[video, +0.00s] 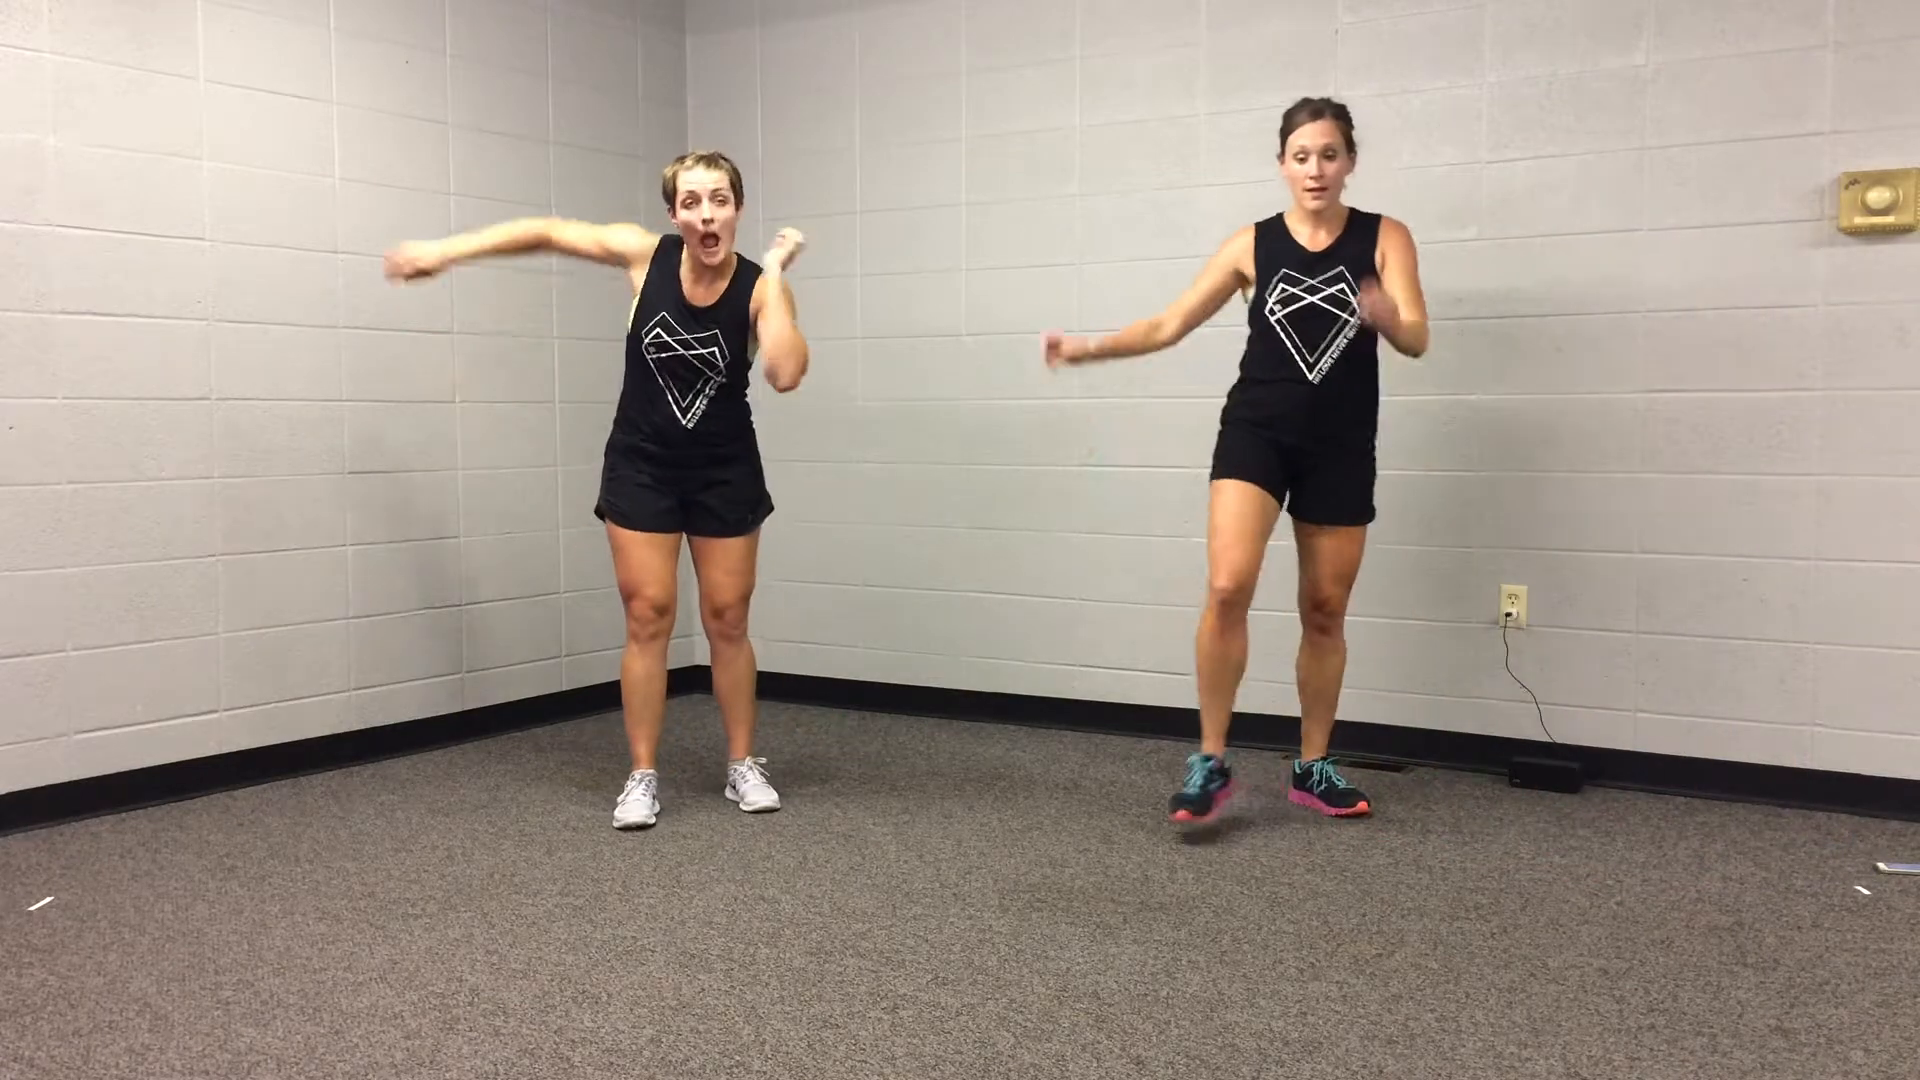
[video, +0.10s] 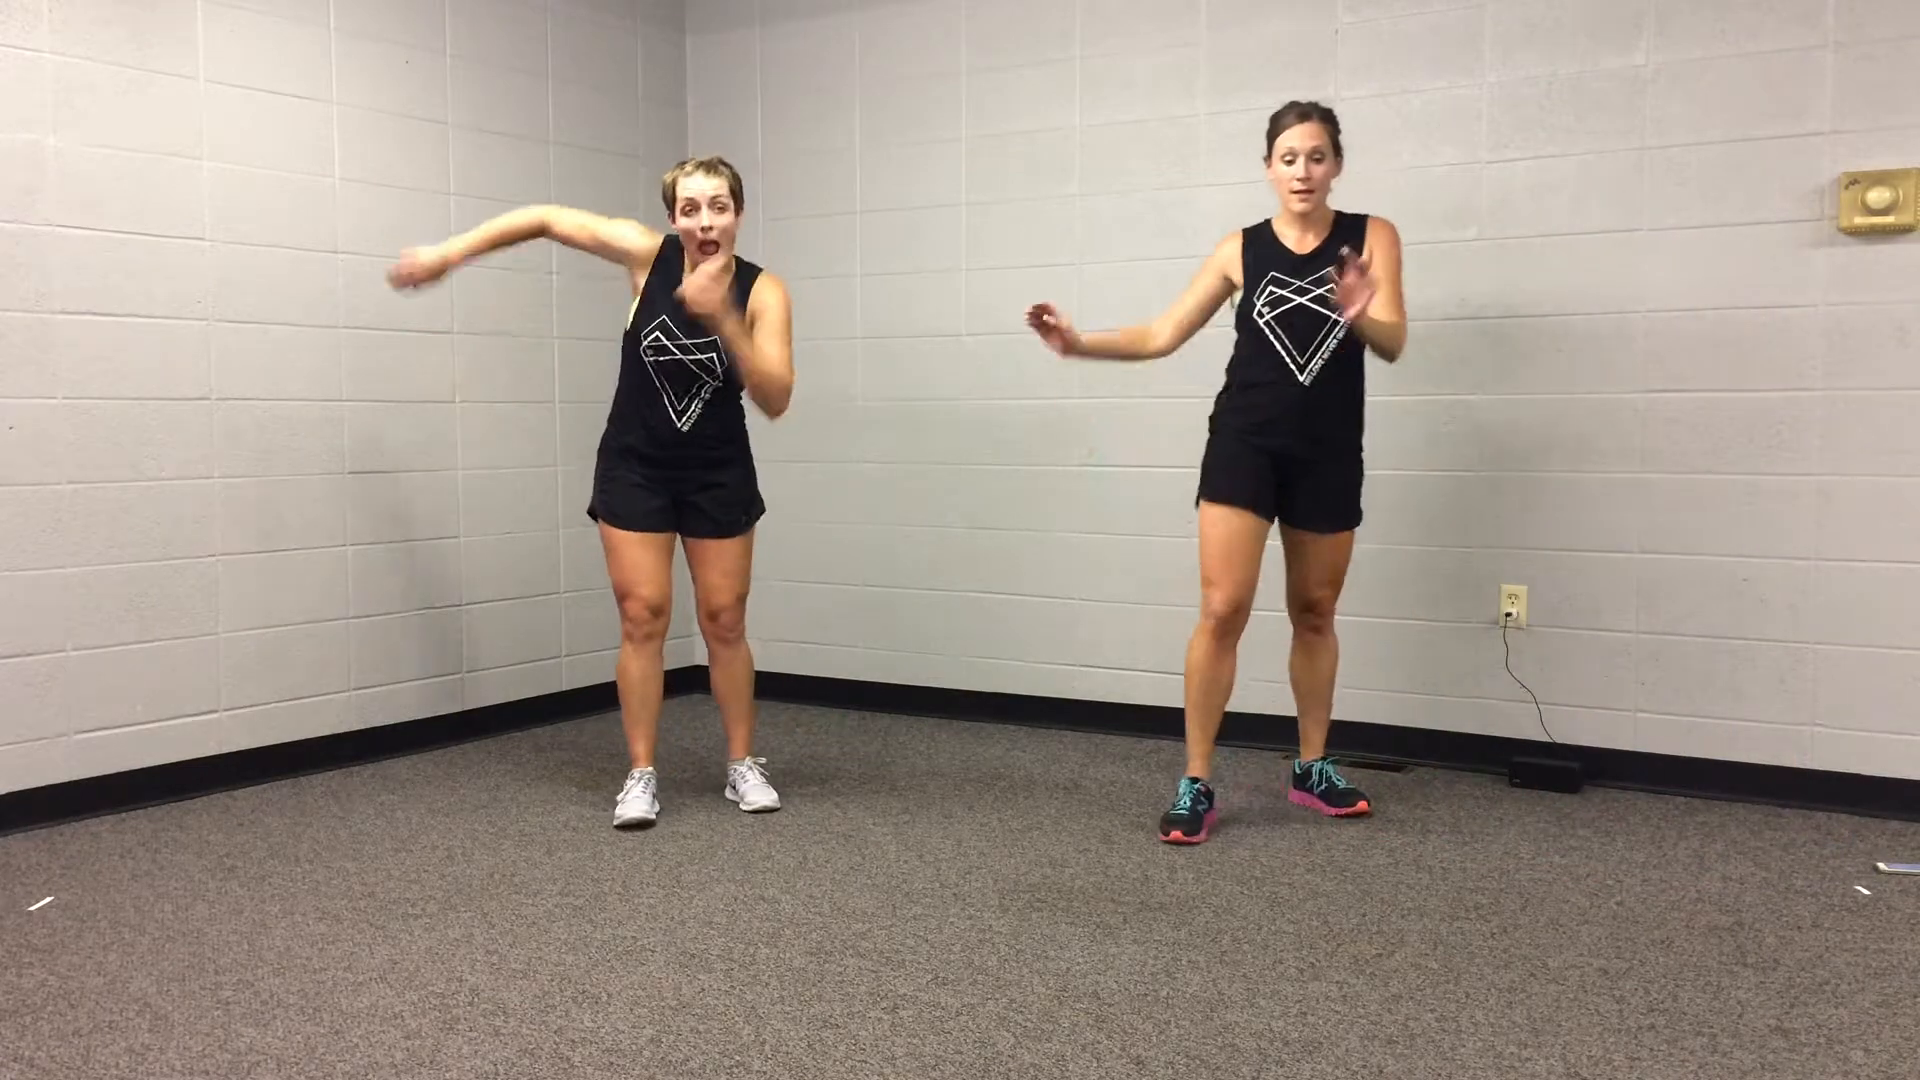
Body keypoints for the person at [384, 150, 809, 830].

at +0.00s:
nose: (706, 214)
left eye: (719, 200)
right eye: (691, 202)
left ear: (738, 209)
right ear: (674, 210)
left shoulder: (761, 285)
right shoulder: (643, 252)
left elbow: (786, 373)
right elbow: (545, 232)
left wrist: (774, 274)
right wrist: (439, 252)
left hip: (724, 468)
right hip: (641, 465)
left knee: (729, 617)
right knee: (646, 615)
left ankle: (744, 764)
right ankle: (642, 776)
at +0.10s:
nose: (707, 220)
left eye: (719, 206)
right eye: (692, 209)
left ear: (739, 213)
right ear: (674, 216)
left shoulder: (762, 290)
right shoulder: (649, 254)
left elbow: (776, 398)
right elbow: (546, 218)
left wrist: (724, 319)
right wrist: (447, 254)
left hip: (717, 470)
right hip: (635, 467)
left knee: (725, 619)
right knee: (641, 616)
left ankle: (744, 764)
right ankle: (641, 774)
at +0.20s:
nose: (700, 233)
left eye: (713, 218)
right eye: (686, 220)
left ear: (734, 223)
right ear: (669, 226)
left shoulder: (761, 300)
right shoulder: (640, 268)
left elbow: (760, 406)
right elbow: (529, 261)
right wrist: (470, 347)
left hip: (712, 465)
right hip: (626, 458)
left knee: (721, 630)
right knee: (635, 618)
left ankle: (741, 764)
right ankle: (641, 773)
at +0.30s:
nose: (689, 246)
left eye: (702, 232)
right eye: (676, 232)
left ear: (722, 235)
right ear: (657, 235)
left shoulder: (752, 313)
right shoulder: (618, 304)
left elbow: (755, 414)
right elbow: (534, 363)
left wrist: (744, 504)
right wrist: (530, 466)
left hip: (704, 493)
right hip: (621, 487)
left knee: (717, 644)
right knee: (632, 633)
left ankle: (741, 762)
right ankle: (641, 778)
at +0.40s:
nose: (679, 251)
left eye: (693, 239)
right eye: (667, 236)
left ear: (707, 239)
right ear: (642, 234)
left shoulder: (732, 303)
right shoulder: (601, 317)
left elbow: (783, 377)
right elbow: (580, 422)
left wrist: (836, 420)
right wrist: (653, 449)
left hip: (705, 493)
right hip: (618, 499)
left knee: (736, 630)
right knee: (627, 640)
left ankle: (752, 747)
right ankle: (640, 779)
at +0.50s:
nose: (674, 239)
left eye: (688, 227)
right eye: (662, 223)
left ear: (703, 225)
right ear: (635, 215)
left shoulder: (715, 275)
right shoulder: (598, 291)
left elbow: (803, 316)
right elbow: (637, 365)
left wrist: (856, 276)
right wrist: (721, 293)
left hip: (713, 476)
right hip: (631, 486)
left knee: (761, 606)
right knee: (639, 641)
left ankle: (782, 766)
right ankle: (641, 779)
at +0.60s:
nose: (674, 230)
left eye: (688, 219)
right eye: (662, 214)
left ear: (702, 215)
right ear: (634, 203)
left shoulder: (709, 270)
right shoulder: (598, 272)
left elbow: (806, 257)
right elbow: (669, 271)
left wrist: (855, 176)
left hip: (736, 466)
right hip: (651, 480)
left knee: (776, 617)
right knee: (653, 643)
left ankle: (817, 781)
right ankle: (641, 779)